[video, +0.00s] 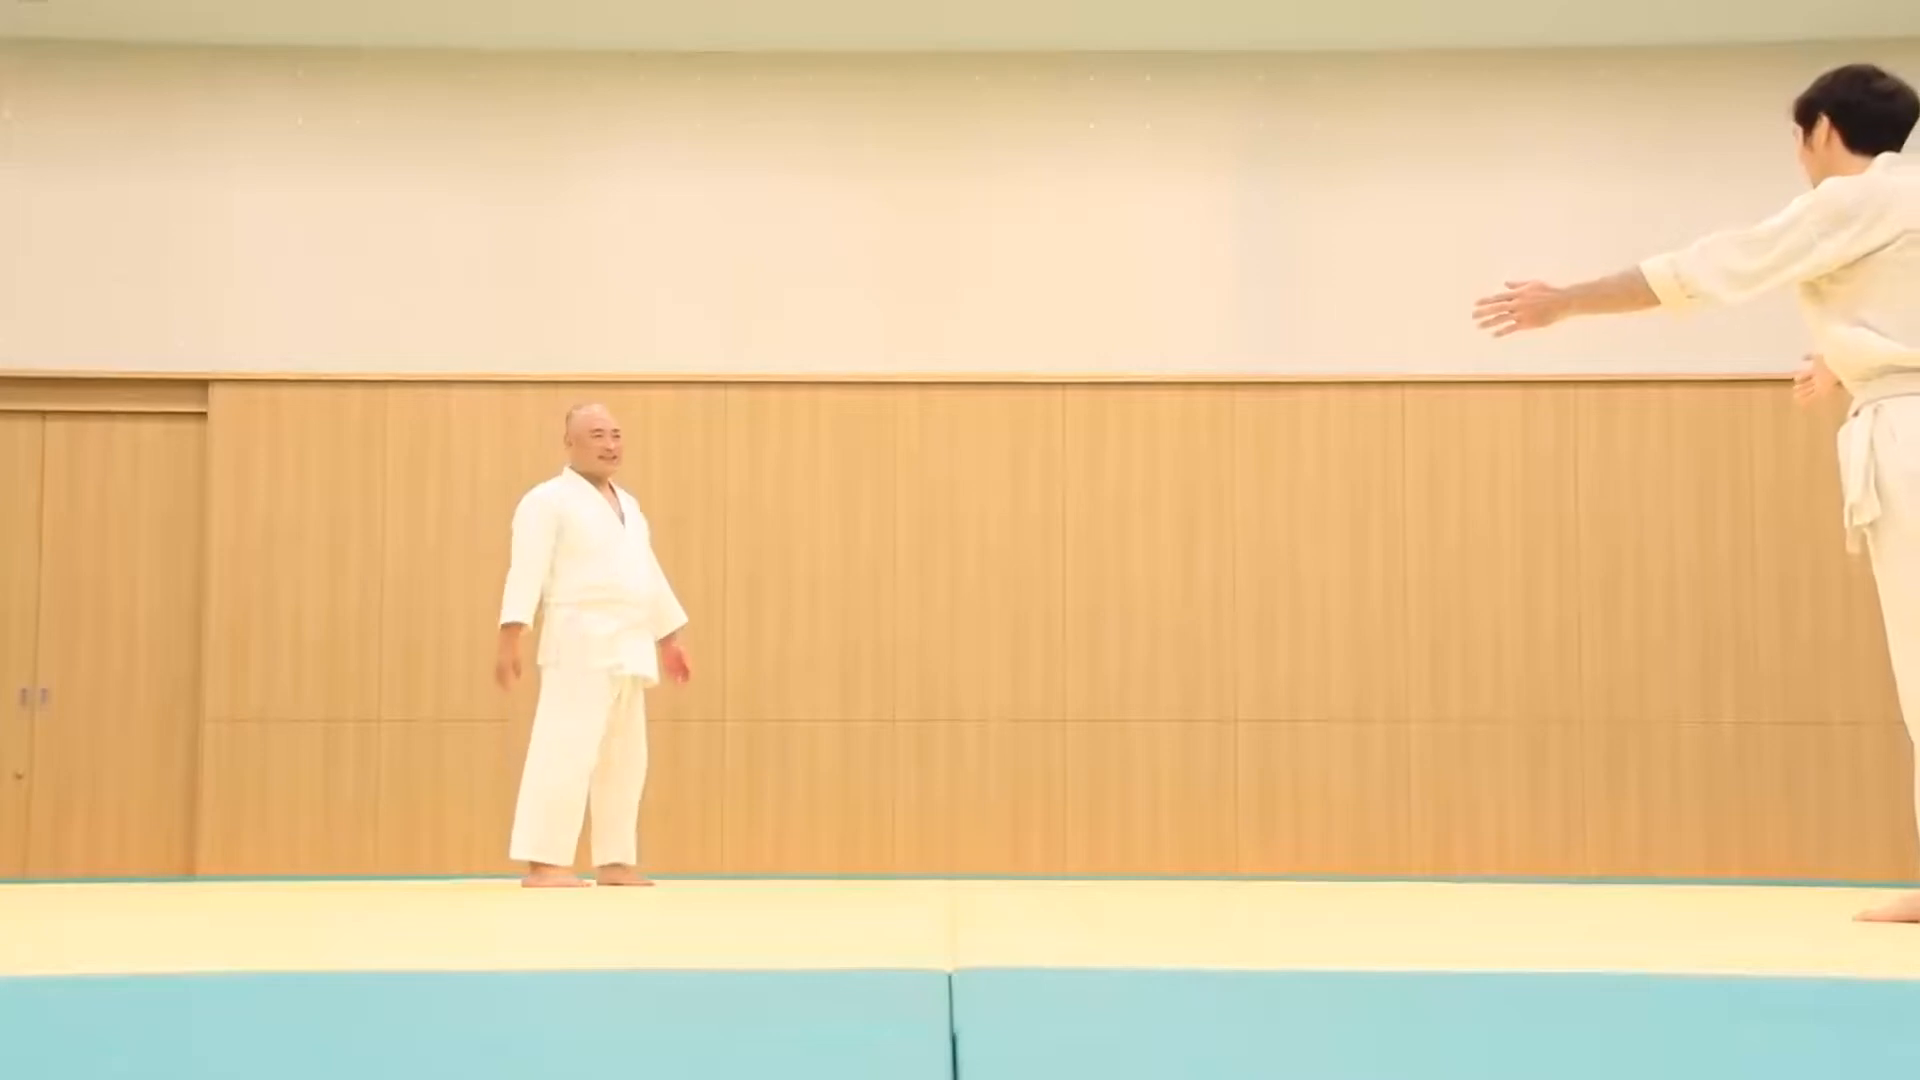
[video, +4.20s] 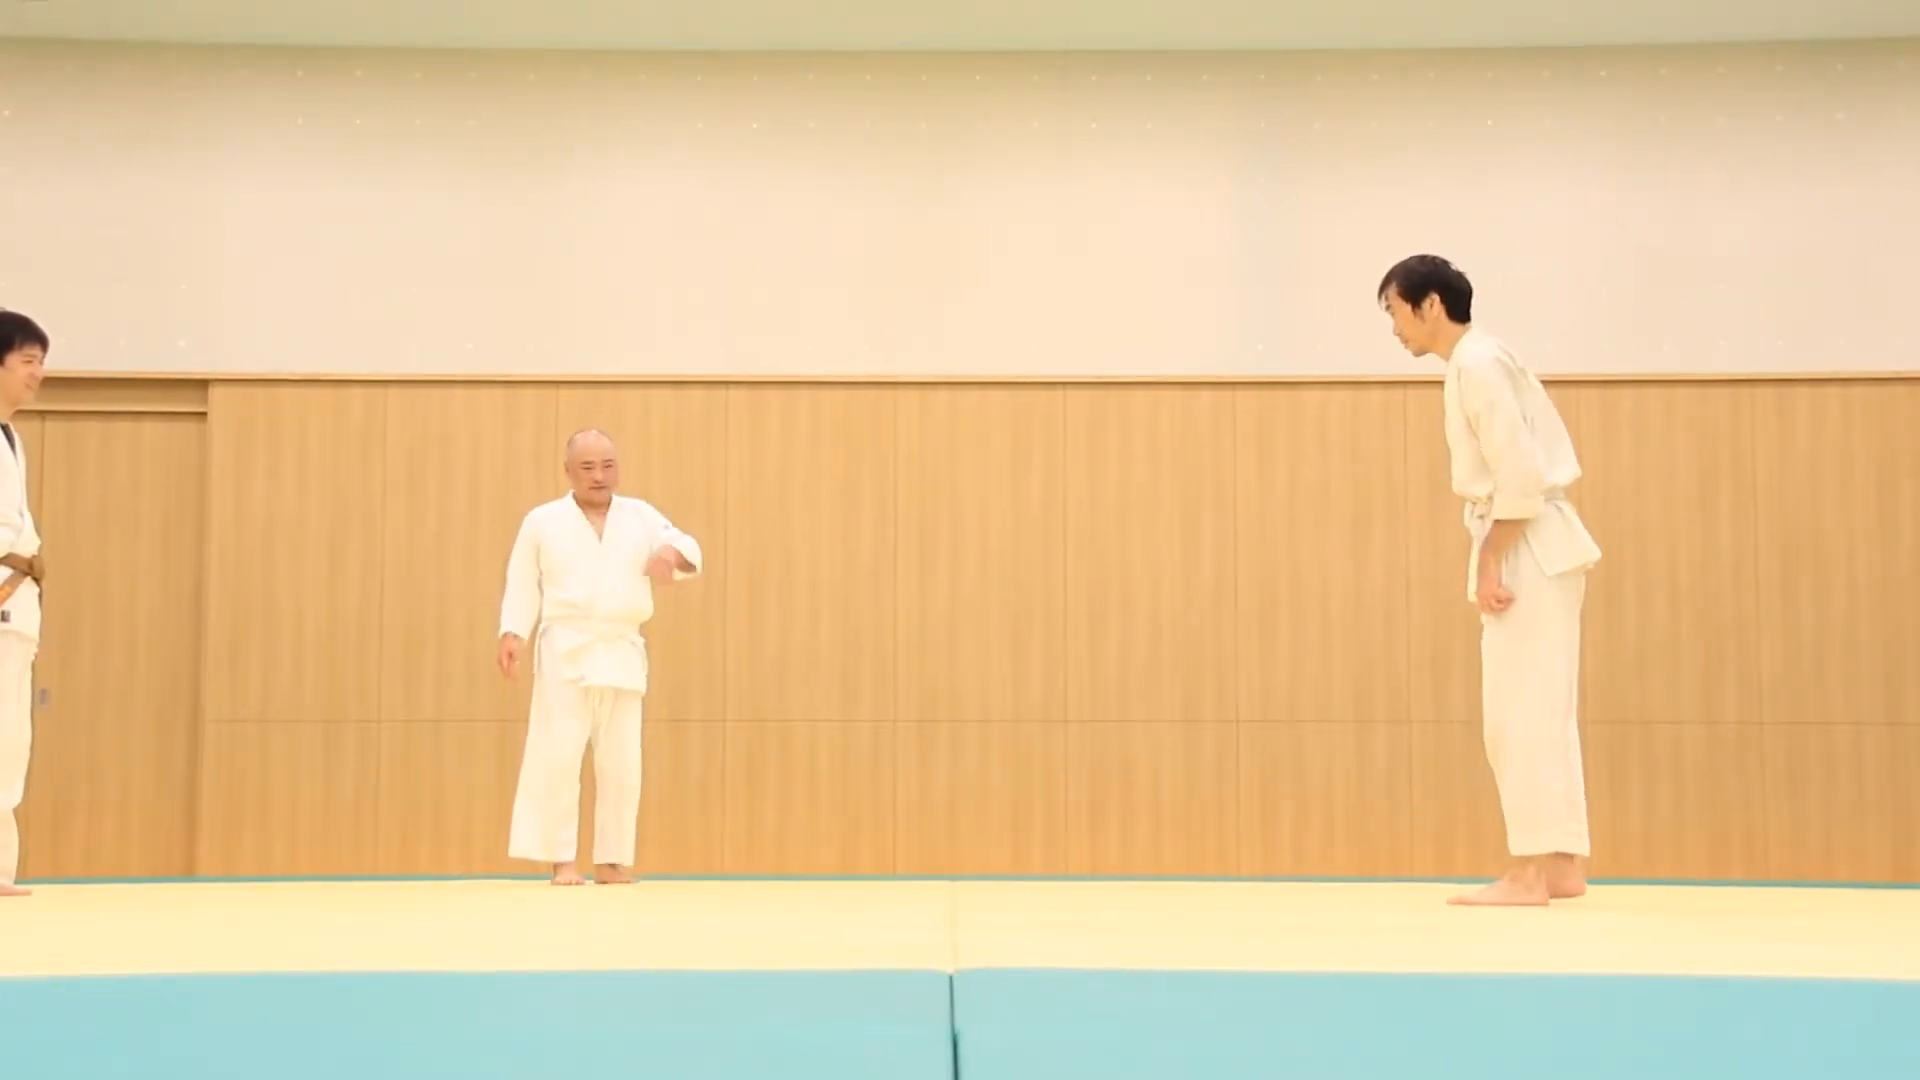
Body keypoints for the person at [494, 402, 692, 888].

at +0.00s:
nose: (610, 443)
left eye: (615, 435)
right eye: (597, 435)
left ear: (622, 443)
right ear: (569, 444)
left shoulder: (627, 505)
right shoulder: (546, 501)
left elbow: (649, 575)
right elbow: (526, 572)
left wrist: (669, 637)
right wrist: (511, 638)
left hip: (630, 651)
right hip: (576, 650)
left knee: (624, 756)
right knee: (565, 752)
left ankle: (615, 862)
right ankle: (546, 865)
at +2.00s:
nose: (627, 443)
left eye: (633, 435)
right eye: (615, 435)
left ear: (639, 443)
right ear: (585, 442)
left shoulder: (642, 507)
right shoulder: (561, 500)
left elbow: (659, 580)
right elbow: (545, 571)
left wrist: (674, 643)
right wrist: (542, 634)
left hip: (639, 648)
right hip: (586, 644)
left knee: (630, 755)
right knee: (570, 750)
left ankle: (618, 862)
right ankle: (545, 862)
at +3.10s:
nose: (609, 465)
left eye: (616, 456)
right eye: (598, 456)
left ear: (624, 463)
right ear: (573, 462)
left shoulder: (640, 516)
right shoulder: (541, 515)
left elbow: (675, 554)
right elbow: (517, 579)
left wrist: (701, 583)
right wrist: (501, 635)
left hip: (621, 650)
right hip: (559, 649)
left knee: (623, 756)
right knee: (559, 757)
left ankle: (616, 861)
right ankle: (562, 864)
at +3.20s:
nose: (603, 470)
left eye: (611, 462)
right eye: (592, 462)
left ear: (619, 468)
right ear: (567, 467)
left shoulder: (635, 514)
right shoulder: (536, 519)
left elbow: (679, 541)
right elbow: (513, 582)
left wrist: (671, 552)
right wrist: (498, 638)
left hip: (615, 650)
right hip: (555, 650)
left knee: (621, 756)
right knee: (557, 758)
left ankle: (615, 861)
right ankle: (561, 866)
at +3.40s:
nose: (597, 471)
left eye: (605, 462)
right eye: (586, 462)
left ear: (615, 467)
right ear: (563, 465)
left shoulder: (625, 511)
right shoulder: (532, 515)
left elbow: (657, 518)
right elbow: (507, 582)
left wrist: (612, 503)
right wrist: (490, 646)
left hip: (613, 647)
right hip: (553, 647)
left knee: (620, 754)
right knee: (555, 755)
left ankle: (610, 859)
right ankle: (562, 862)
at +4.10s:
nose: (601, 475)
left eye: (610, 466)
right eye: (590, 466)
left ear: (619, 470)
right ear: (568, 471)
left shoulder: (634, 512)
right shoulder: (541, 521)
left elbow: (683, 540)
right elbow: (522, 584)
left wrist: (650, 525)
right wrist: (512, 636)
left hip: (622, 651)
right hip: (565, 651)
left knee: (619, 758)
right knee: (562, 755)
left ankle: (610, 862)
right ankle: (564, 863)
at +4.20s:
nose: (599, 475)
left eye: (607, 465)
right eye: (587, 466)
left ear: (618, 468)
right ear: (568, 471)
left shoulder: (640, 515)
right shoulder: (542, 522)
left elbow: (689, 548)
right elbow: (522, 582)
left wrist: (673, 556)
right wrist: (512, 632)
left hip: (622, 651)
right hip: (564, 650)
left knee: (621, 759)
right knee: (561, 756)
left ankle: (612, 862)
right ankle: (564, 862)